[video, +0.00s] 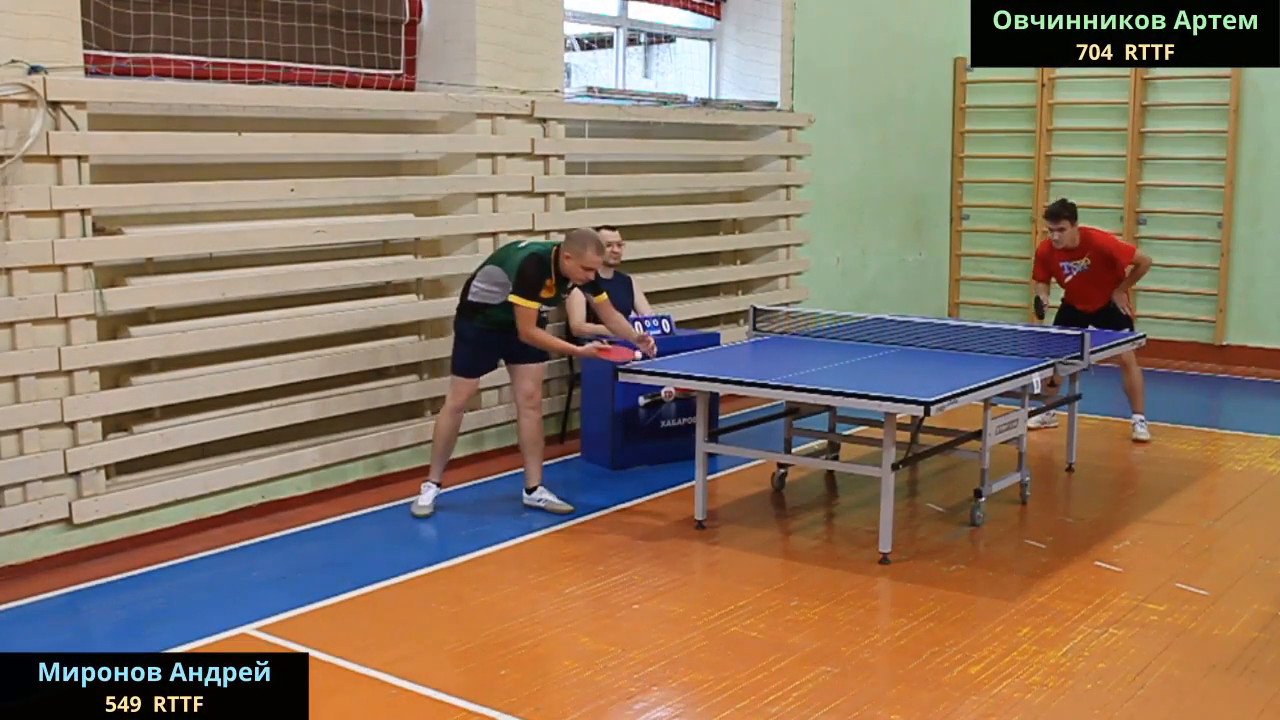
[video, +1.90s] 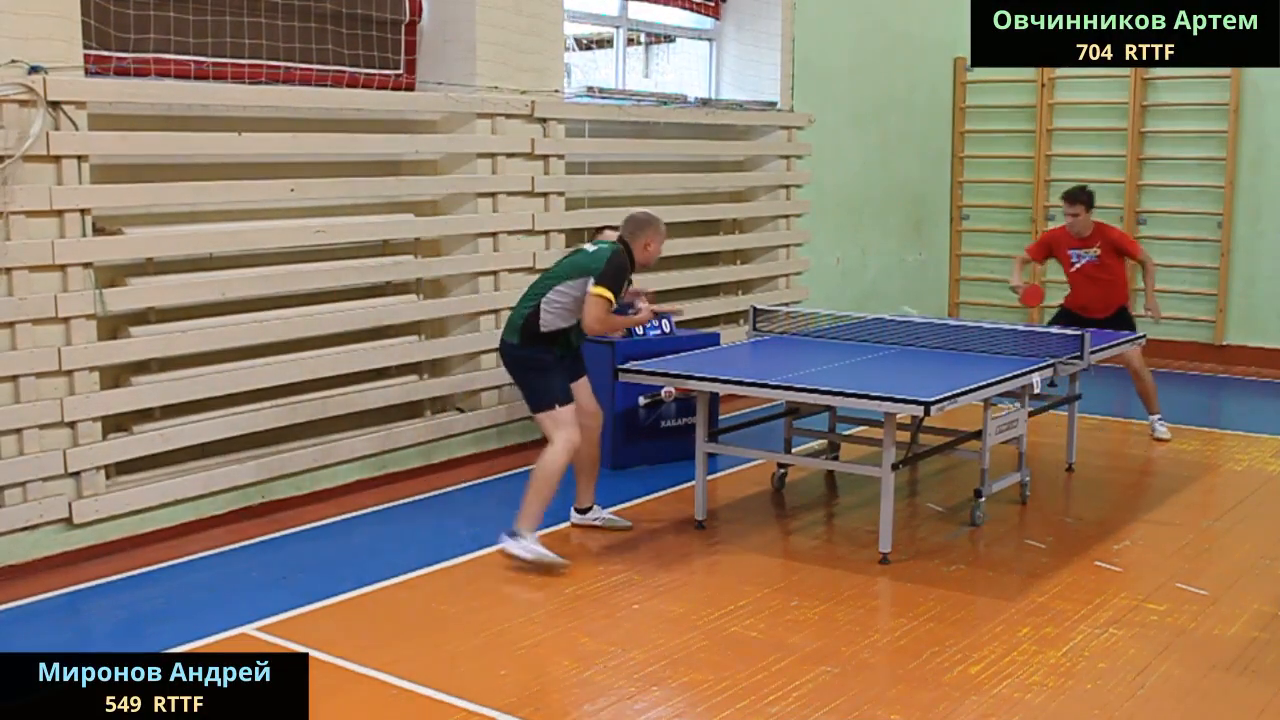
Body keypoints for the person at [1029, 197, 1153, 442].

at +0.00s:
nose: (1055, 236)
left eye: (1060, 230)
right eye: (1051, 231)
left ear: (1075, 227)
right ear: (1047, 228)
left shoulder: (1099, 242)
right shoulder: (1046, 251)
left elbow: (1144, 262)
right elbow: (1042, 281)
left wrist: (1121, 290)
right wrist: (1042, 296)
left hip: (1108, 306)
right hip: (1072, 307)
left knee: (1127, 358)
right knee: (1052, 357)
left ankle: (1139, 419)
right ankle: (1048, 412)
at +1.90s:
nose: (1069, 221)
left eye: (1074, 216)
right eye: (1066, 215)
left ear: (1090, 213)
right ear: (1063, 212)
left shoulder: (1110, 236)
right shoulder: (1056, 238)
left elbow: (1147, 262)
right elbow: (1020, 260)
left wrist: (1150, 297)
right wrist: (1016, 280)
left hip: (1114, 315)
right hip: (1073, 313)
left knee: (1136, 365)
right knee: (1036, 354)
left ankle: (1156, 419)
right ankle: (1018, 410)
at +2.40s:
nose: (1046, 211)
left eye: (1053, 206)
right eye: (1043, 204)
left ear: (1065, 204)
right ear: (1038, 197)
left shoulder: (1075, 219)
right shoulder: (1025, 215)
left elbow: (1096, 245)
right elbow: (996, 233)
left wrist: (1111, 278)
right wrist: (1004, 243)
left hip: (1070, 292)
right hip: (1034, 294)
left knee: (1097, 348)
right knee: (1019, 349)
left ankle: (1119, 404)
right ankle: (1016, 407)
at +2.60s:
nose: (1069, 201)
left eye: (1076, 196)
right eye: (1066, 194)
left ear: (1086, 197)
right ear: (1061, 194)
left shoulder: (1095, 227)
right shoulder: (1041, 219)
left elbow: (1107, 262)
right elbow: (1014, 248)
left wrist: (1118, 290)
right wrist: (1026, 262)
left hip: (1081, 299)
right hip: (1045, 298)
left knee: (1104, 350)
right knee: (1025, 348)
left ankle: (1121, 398)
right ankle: (1015, 403)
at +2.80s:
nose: (1100, 197)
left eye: (1105, 191)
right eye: (1096, 191)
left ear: (1117, 192)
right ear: (1091, 191)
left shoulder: (1130, 220)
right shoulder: (1077, 218)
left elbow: (1148, 253)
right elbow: (1061, 246)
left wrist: (1150, 280)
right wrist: (1062, 267)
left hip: (1116, 293)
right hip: (1080, 293)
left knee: (1124, 348)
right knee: (1058, 339)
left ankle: (1122, 399)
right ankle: (1038, 384)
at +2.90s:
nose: (1111, 189)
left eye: (1117, 184)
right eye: (1107, 183)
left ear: (1129, 184)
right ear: (1103, 183)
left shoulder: (1143, 211)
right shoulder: (1089, 211)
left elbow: (1160, 240)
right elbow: (1072, 240)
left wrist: (1164, 265)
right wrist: (1074, 259)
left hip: (1130, 286)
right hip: (1096, 284)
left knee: (1134, 341)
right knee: (1077, 332)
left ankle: (1127, 397)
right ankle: (1066, 387)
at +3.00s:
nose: (1119, 187)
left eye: (1125, 181)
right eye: (1116, 180)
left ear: (1138, 181)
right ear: (1112, 180)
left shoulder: (1154, 208)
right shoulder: (1098, 209)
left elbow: (1167, 238)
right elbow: (1081, 240)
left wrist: (1174, 265)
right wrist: (1085, 257)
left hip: (1144, 281)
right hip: (1109, 280)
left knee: (1155, 333)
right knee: (1093, 329)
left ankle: (1156, 388)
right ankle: (1089, 373)